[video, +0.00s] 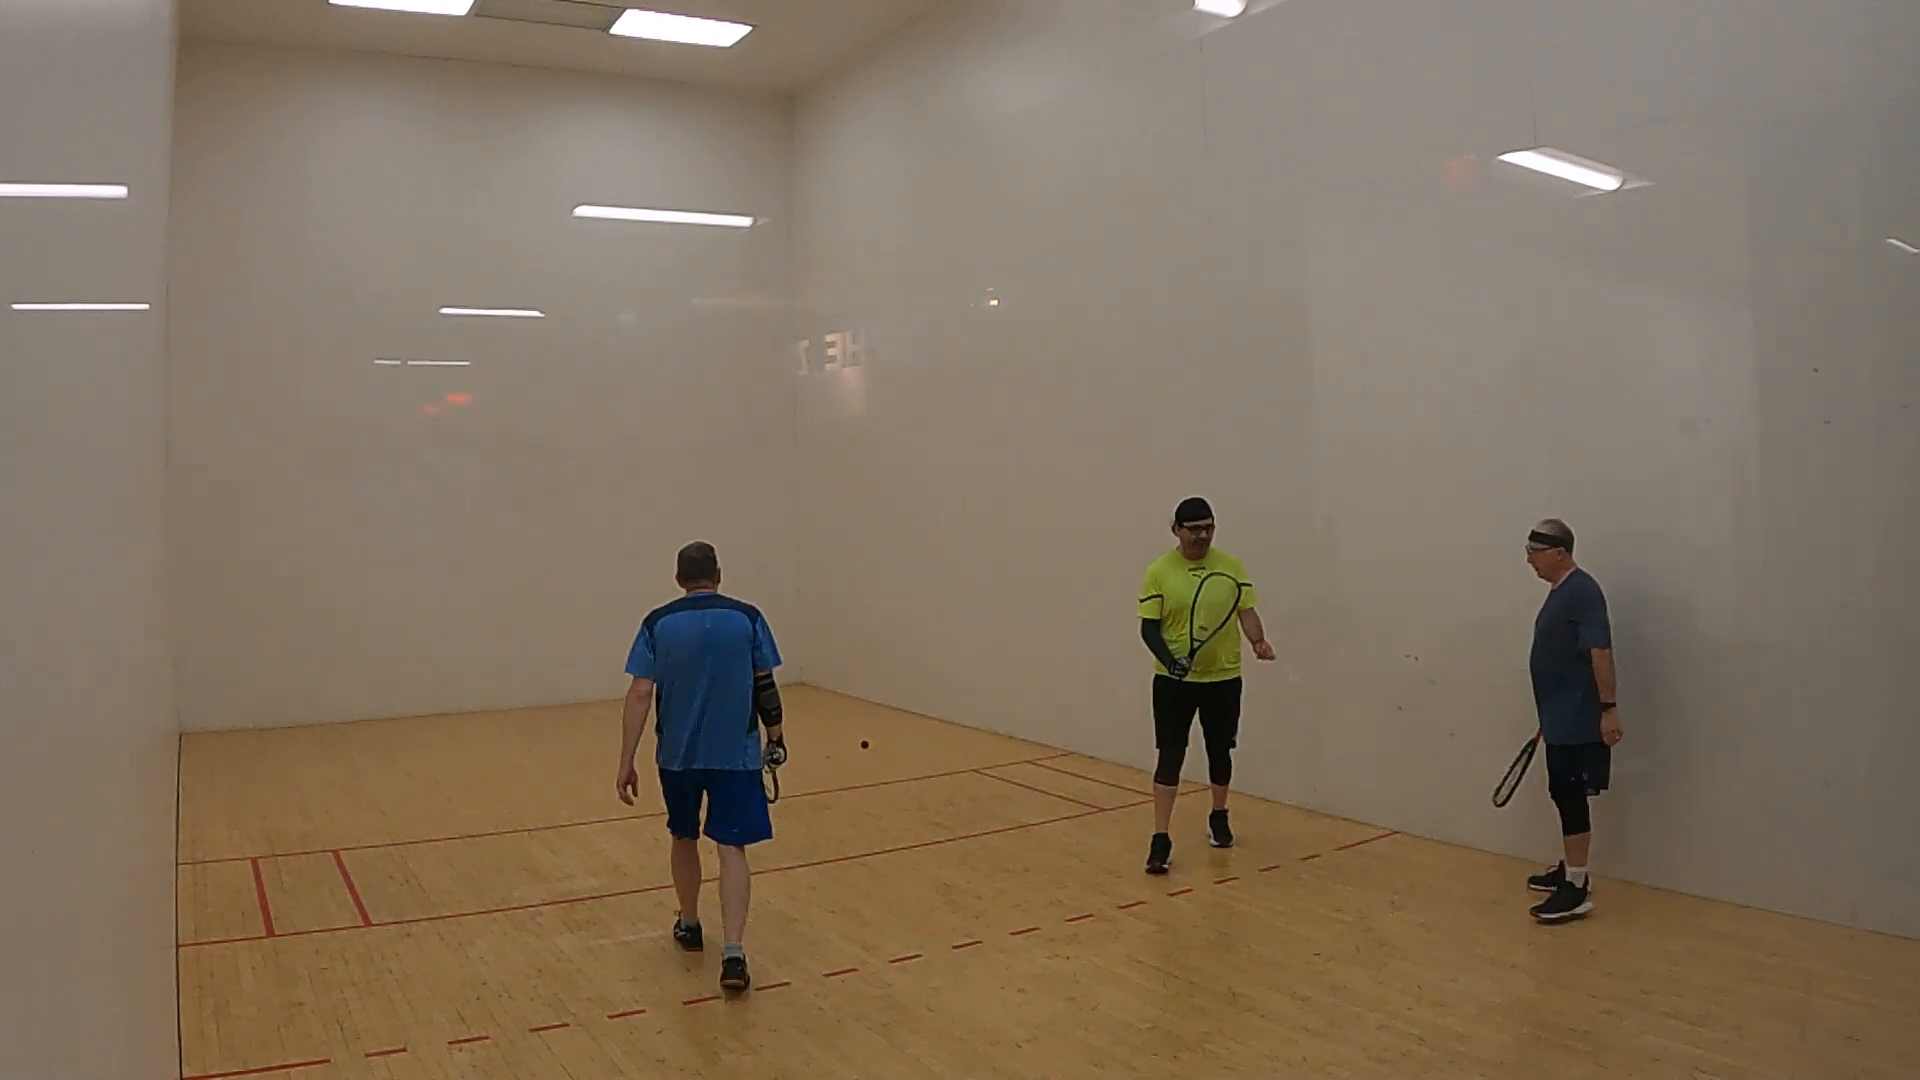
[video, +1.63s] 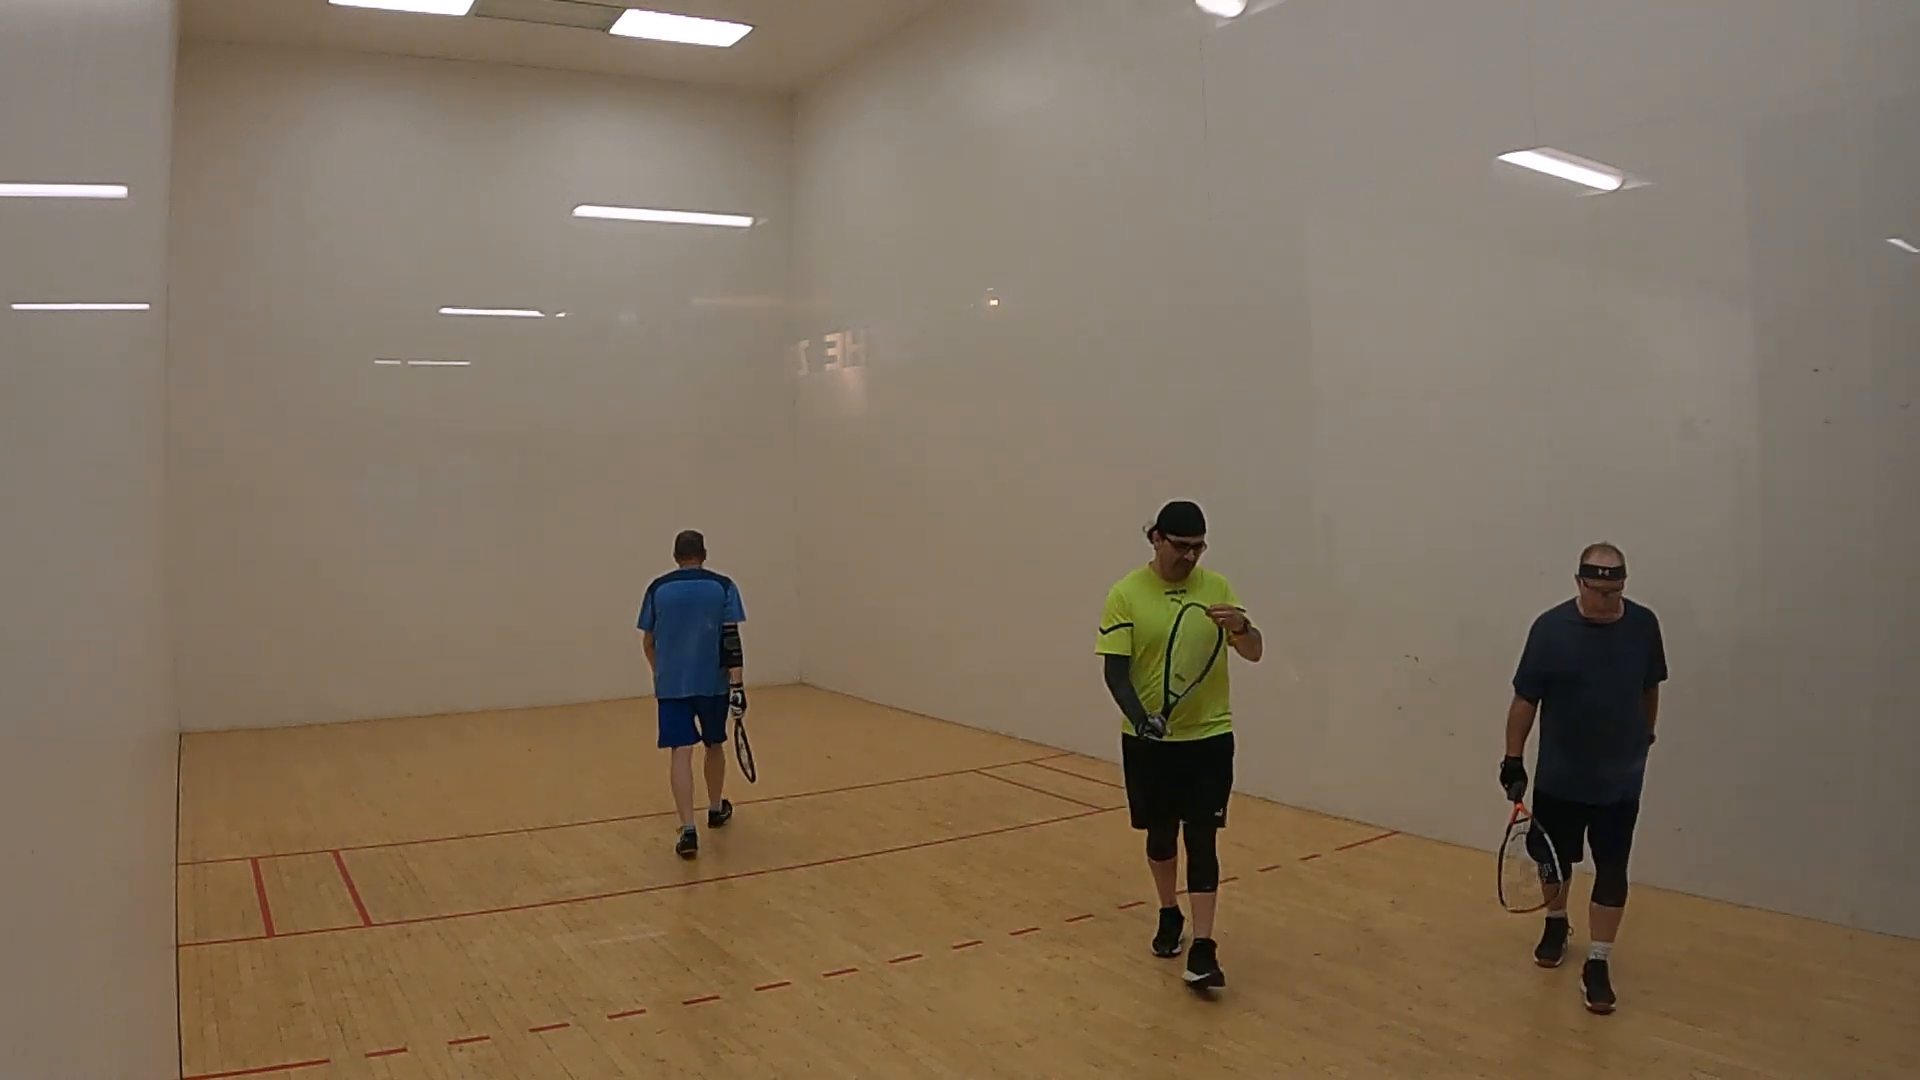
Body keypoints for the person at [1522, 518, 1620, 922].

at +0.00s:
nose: (1529, 559)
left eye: (1534, 552)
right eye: (1528, 552)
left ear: (1560, 552)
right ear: (1555, 554)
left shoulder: (1583, 590)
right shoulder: (1561, 591)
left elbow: (1600, 652)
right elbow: (1562, 658)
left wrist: (1609, 709)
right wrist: (1548, 716)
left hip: (1576, 718)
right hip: (1559, 717)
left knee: (1571, 795)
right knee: (1563, 792)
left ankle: (1578, 886)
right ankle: (1570, 868)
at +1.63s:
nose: (1605, 587)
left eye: (1614, 578)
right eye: (1595, 578)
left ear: (1625, 581)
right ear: (1579, 581)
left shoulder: (1643, 625)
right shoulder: (1550, 629)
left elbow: (1650, 688)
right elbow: (1524, 698)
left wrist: (1644, 740)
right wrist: (1512, 759)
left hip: (1621, 772)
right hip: (1561, 770)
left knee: (1613, 869)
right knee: (1551, 857)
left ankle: (1598, 964)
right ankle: (1555, 923)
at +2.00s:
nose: (1636, 586)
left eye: (1645, 578)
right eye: (1627, 577)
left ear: (1656, 581)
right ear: (1608, 578)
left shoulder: (1674, 632)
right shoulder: (1574, 630)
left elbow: (1702, 698)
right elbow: (1547, 701)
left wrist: (1720, 757)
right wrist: (1533, 766)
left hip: (1649, 786)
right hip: (1588, 782)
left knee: (1626, 881)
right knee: (1583, 881)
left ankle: (1600, 969)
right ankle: (1575, 970)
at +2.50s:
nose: (1674, 606)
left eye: (1682, 596)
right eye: (1662, 596)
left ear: (1691, 594)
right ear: (1639, 591)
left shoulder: (1703, 642)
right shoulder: (1601, 645)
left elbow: (1716, 722)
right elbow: (1570, 725)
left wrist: (1719, 785)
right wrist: (1561, 797)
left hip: (1685, 811)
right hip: (1617, 813)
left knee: (1697, 909)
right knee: (1616, 921)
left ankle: (1659, 974)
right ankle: (1615, 1015)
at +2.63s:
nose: (1691, 605)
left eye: (1699, 595)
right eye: (1679, 595)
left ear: (1707, 594)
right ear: (1653, 593)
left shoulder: (1715, 643)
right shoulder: (1614, 650)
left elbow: (1713, 724)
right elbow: (1581, 735)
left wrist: (1707, 793)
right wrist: (1576, 810)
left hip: (1697, 819)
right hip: (1626, 821)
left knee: (1711, 930)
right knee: (1618, 930)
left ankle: (1695, 1031)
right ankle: (1616, 1018)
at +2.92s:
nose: (1737, 618)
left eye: (1745, 607)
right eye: (1725, 607)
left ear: (1753, 604)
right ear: (1696, 601)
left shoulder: (1759, 657)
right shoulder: (1658, 661)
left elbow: (1759, 744)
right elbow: (1627, 760)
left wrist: (1751, 822)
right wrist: (1627, 838)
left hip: (1740, 844)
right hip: (1667, 843)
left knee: (1736, 964)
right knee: (1644, 951)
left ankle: (1715, 1069)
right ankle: (1619, 1010)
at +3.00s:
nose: (1747, 615)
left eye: (1754, 604)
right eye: (1736, 604)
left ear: (1761, 602)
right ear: (1704, 600)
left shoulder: (1772, 656)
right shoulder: (1666, 660)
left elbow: (1785, 744)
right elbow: (1638, 757)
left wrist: (1792, 818)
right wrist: (1637, 837)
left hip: (1752, 839)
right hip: (1681, 839)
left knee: (1739, 962)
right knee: (1669, 953)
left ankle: (1715, 1069)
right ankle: (1630, 1005)